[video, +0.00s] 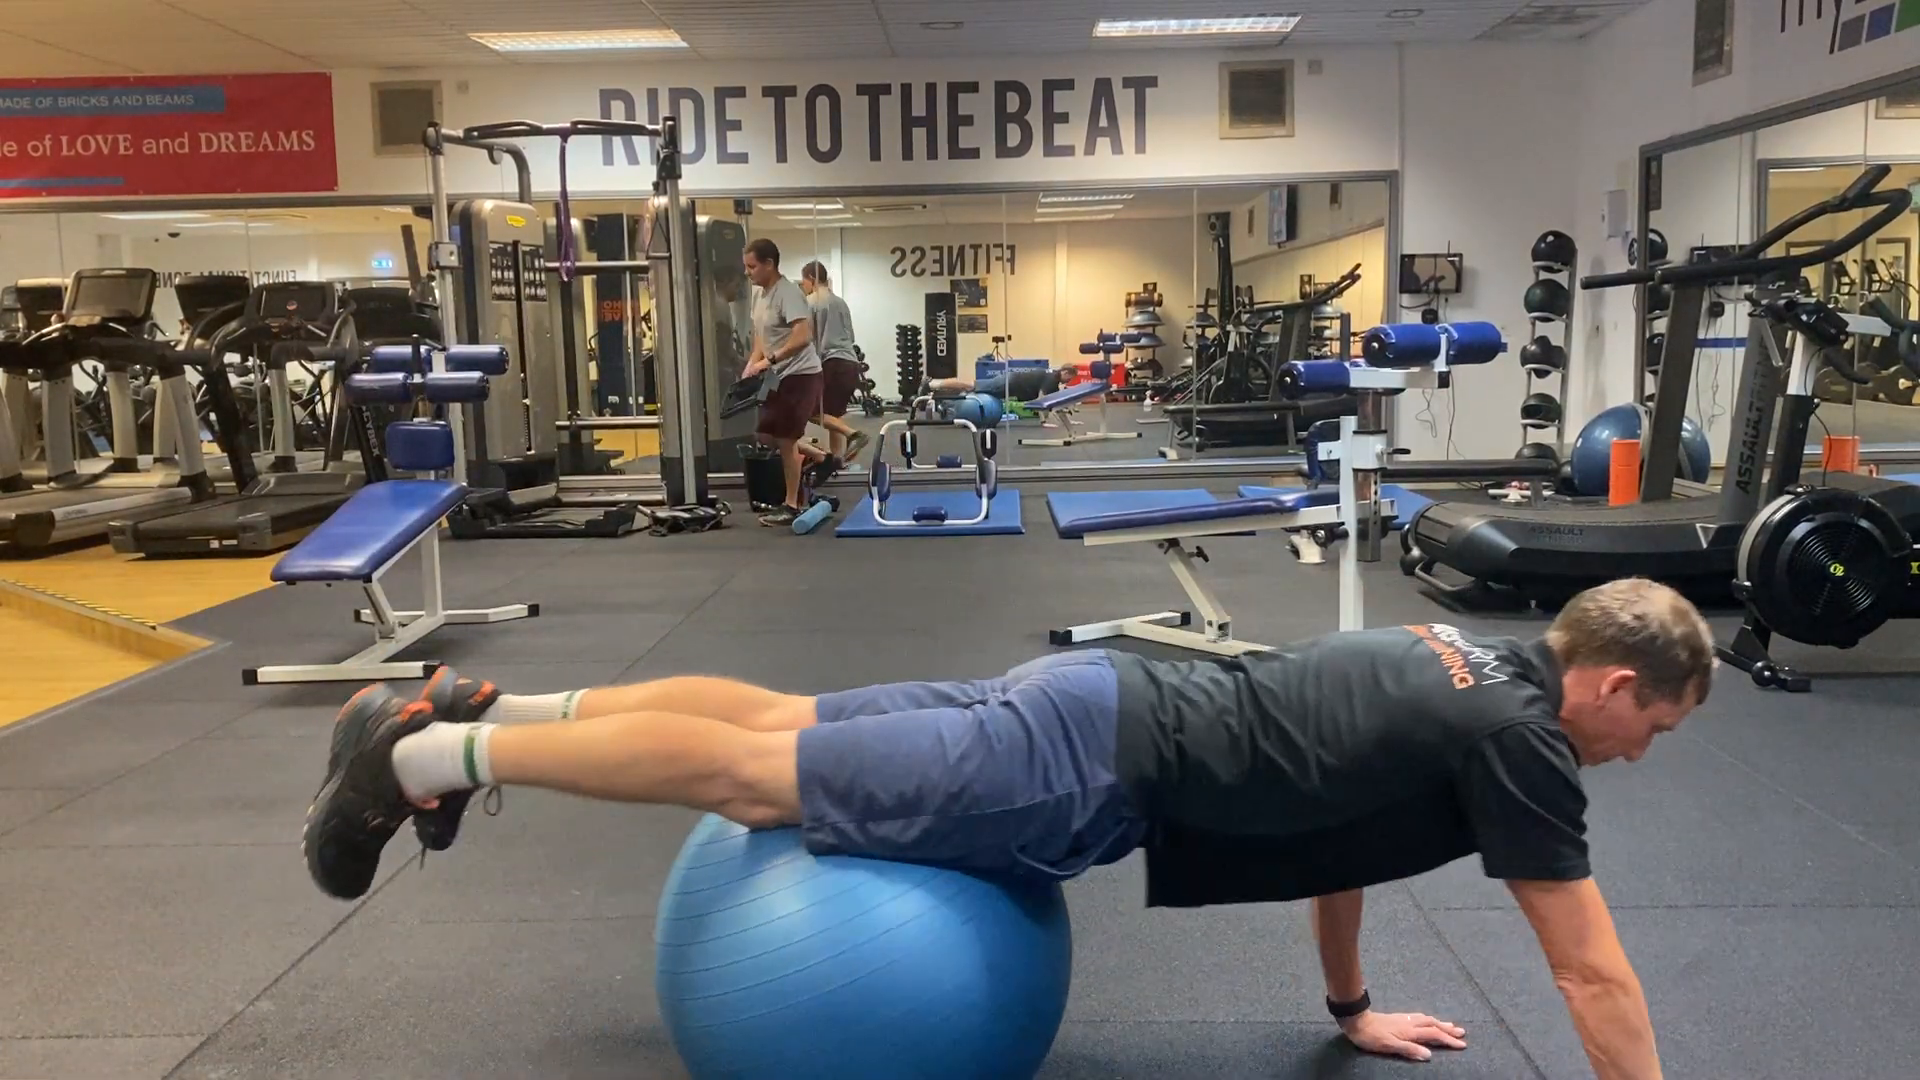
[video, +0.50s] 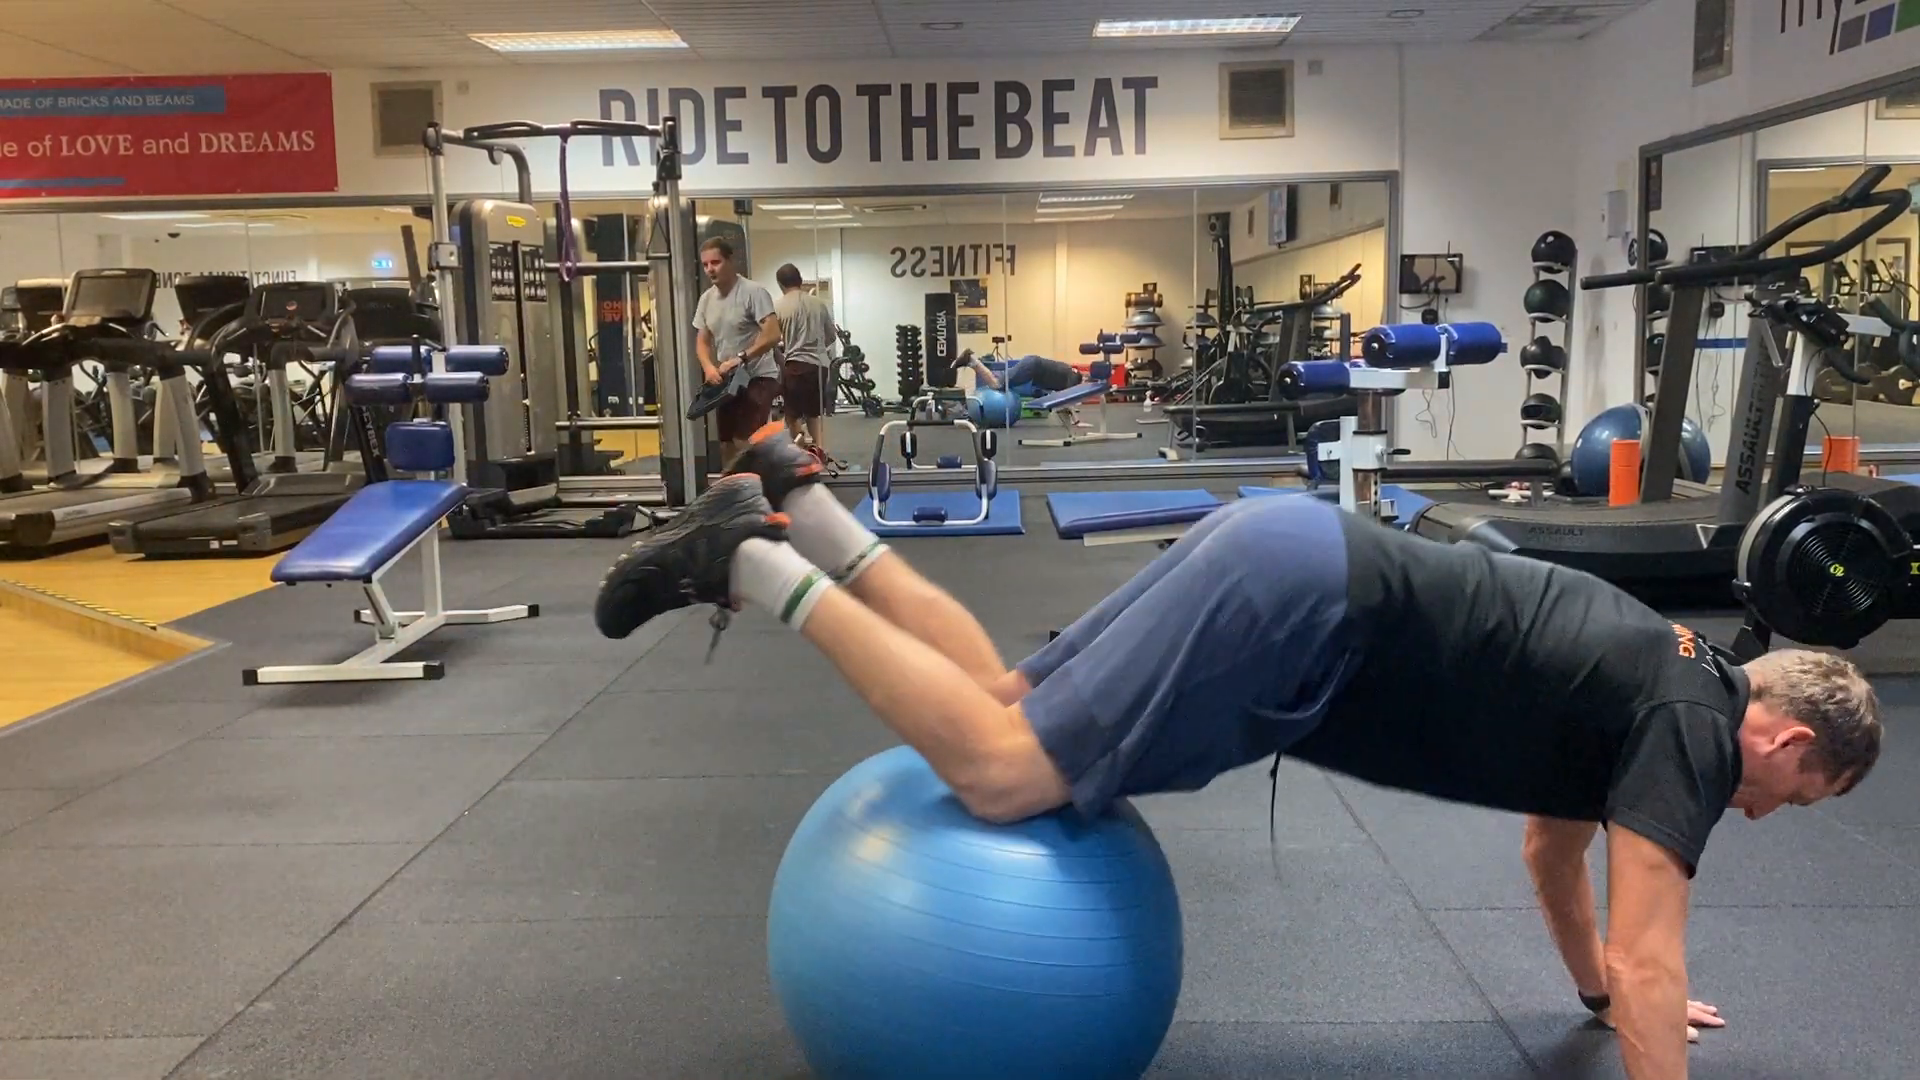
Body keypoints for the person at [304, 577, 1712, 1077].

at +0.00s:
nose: (1659, 740)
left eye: (1669, 717)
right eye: (1668, 716)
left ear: (1583, 653)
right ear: (1622, 690)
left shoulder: (1447, 674)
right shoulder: (1515, 745)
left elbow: (1334, 844)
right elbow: (1595, 980)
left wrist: (1349, 1008)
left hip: (1099, 712)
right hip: (1094, 751)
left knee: (774, 733)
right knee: (764, 771)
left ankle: (475, 714)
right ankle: (436, 748)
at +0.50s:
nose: (1782, 803)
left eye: (1803, 794)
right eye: (1799, 781)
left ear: (1756, 676)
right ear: (1778, 726)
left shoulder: (1633, 667)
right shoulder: (1686, 721)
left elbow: (1557, 851)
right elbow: (1645, 984)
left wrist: (1604, 982)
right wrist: (1663, 1062)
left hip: (1291, 548)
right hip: (1302, 589)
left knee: (1014, 702)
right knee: (1006, 772)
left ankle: (797, 491)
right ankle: (757, 563)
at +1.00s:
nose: (1745, 804)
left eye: (1765, 794)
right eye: (1766, 788)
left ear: (1729, 681)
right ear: (1750, 737)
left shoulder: (1620, 659)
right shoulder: (1662, 698)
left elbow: (1567, 842)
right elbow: (1669, 969)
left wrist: (1608, 983)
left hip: (1303, 441)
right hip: (1340, 489)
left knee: (1242, 746)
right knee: (1303, 829)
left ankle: (1019, 655)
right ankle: (989, 752)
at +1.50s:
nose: (1751, 779)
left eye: (1770, 771)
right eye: (1766, 759)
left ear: (1722, 662)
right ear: (1742, 702)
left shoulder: (1613, 648)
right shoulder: (1669, 698)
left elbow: (1570, 841)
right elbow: (1666, 961)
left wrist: (1610, 992)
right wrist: (1708, 1072)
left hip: (1317, 423)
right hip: (1337, 467)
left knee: (1213, 704)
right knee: (1225, 793)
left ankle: (1012, 603)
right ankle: (909, 723)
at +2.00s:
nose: (1750, 816)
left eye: (1768, 806)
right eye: (1767, 796)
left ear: (1732, 681)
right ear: (1759, 746)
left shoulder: (1611, 652)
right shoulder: (1680, 705)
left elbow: (1563, 839)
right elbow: (1711, 969)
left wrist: (1609, 994)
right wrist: (1750, 1077)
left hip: (1283, 447)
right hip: (1319, 485)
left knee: (1135, 745)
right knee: (1229, 813)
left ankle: (862, 678)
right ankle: (931, 723)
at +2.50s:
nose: (1770, 788)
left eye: (1787, 776)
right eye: (1789, 771)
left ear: (1747, 674)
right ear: (1775, 718)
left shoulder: (1626, 649)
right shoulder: (1692, 710)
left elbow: (1561, 847)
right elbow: (1717, 974)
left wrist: (1609, 1000)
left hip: (1285, 509)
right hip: (1301, 556)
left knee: (1114, 816)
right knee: (1135, 871)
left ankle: (868, 685)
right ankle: (875, 689)